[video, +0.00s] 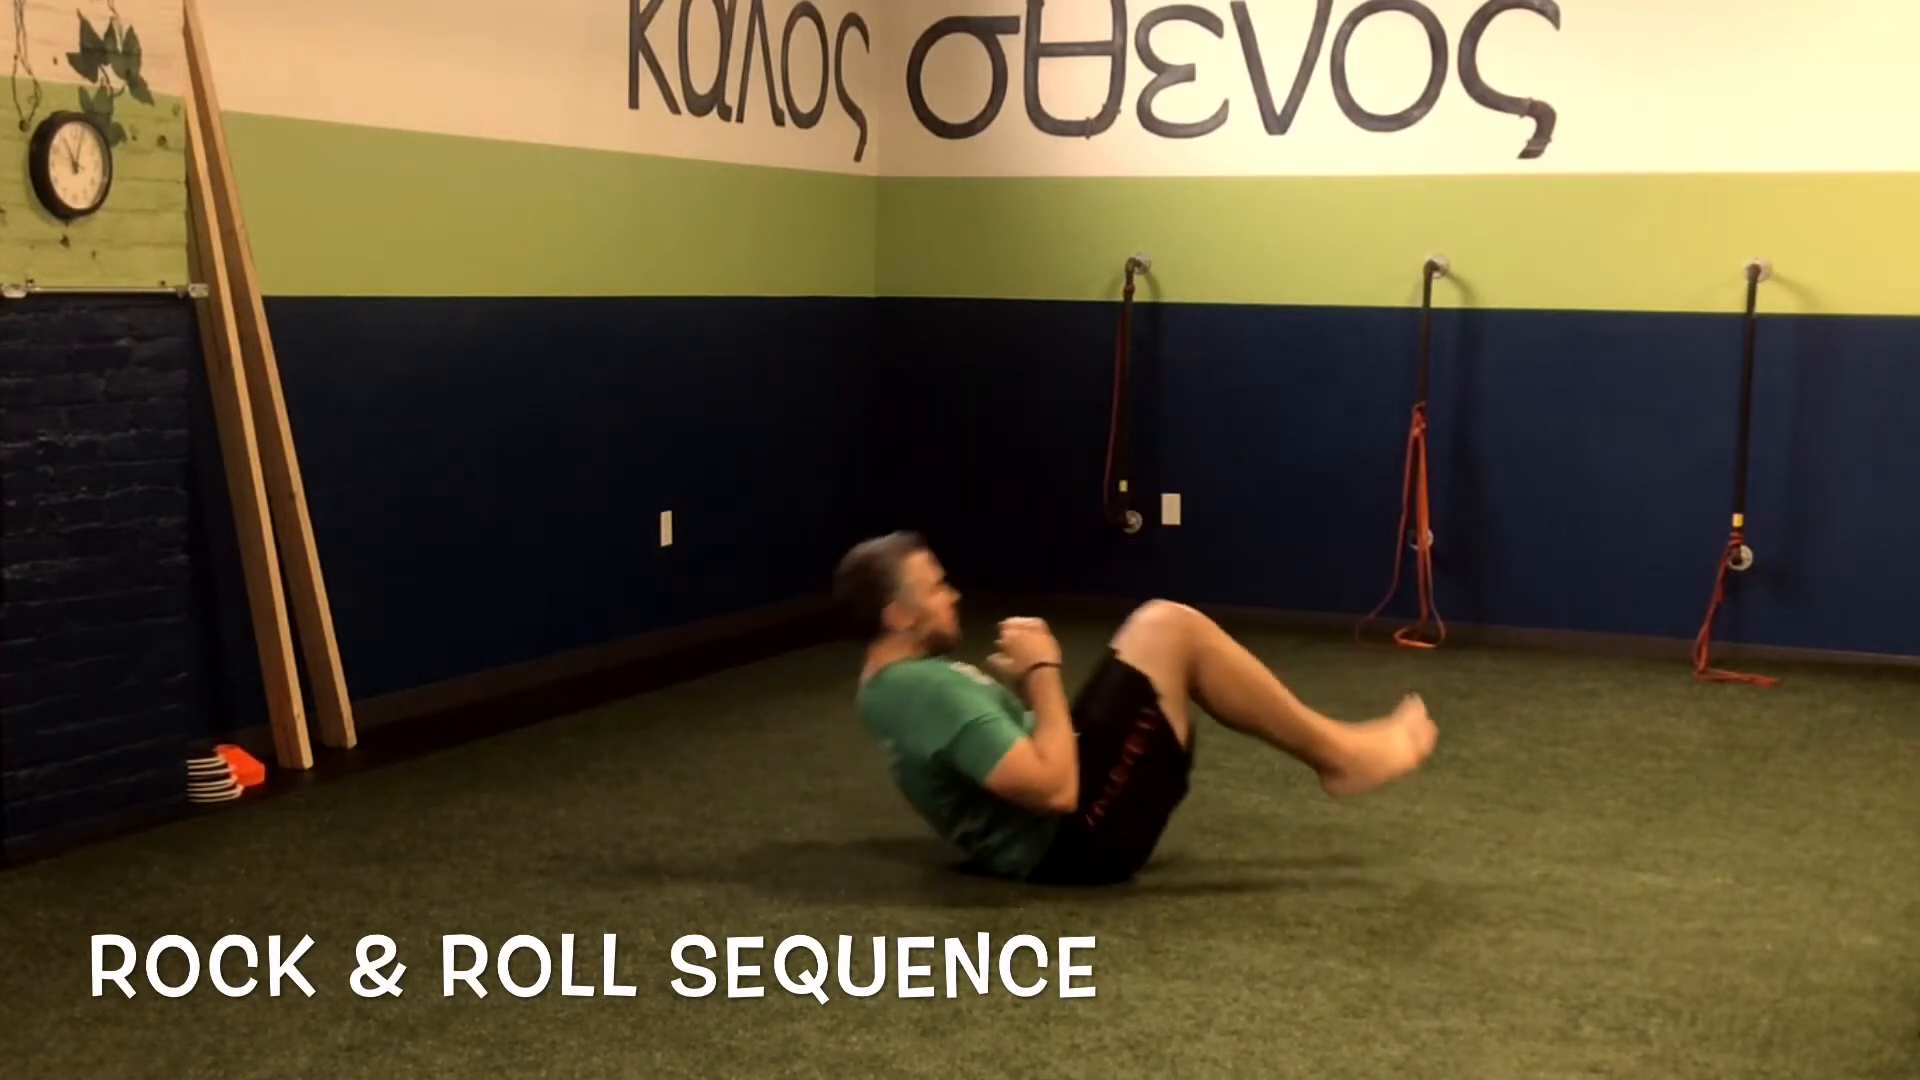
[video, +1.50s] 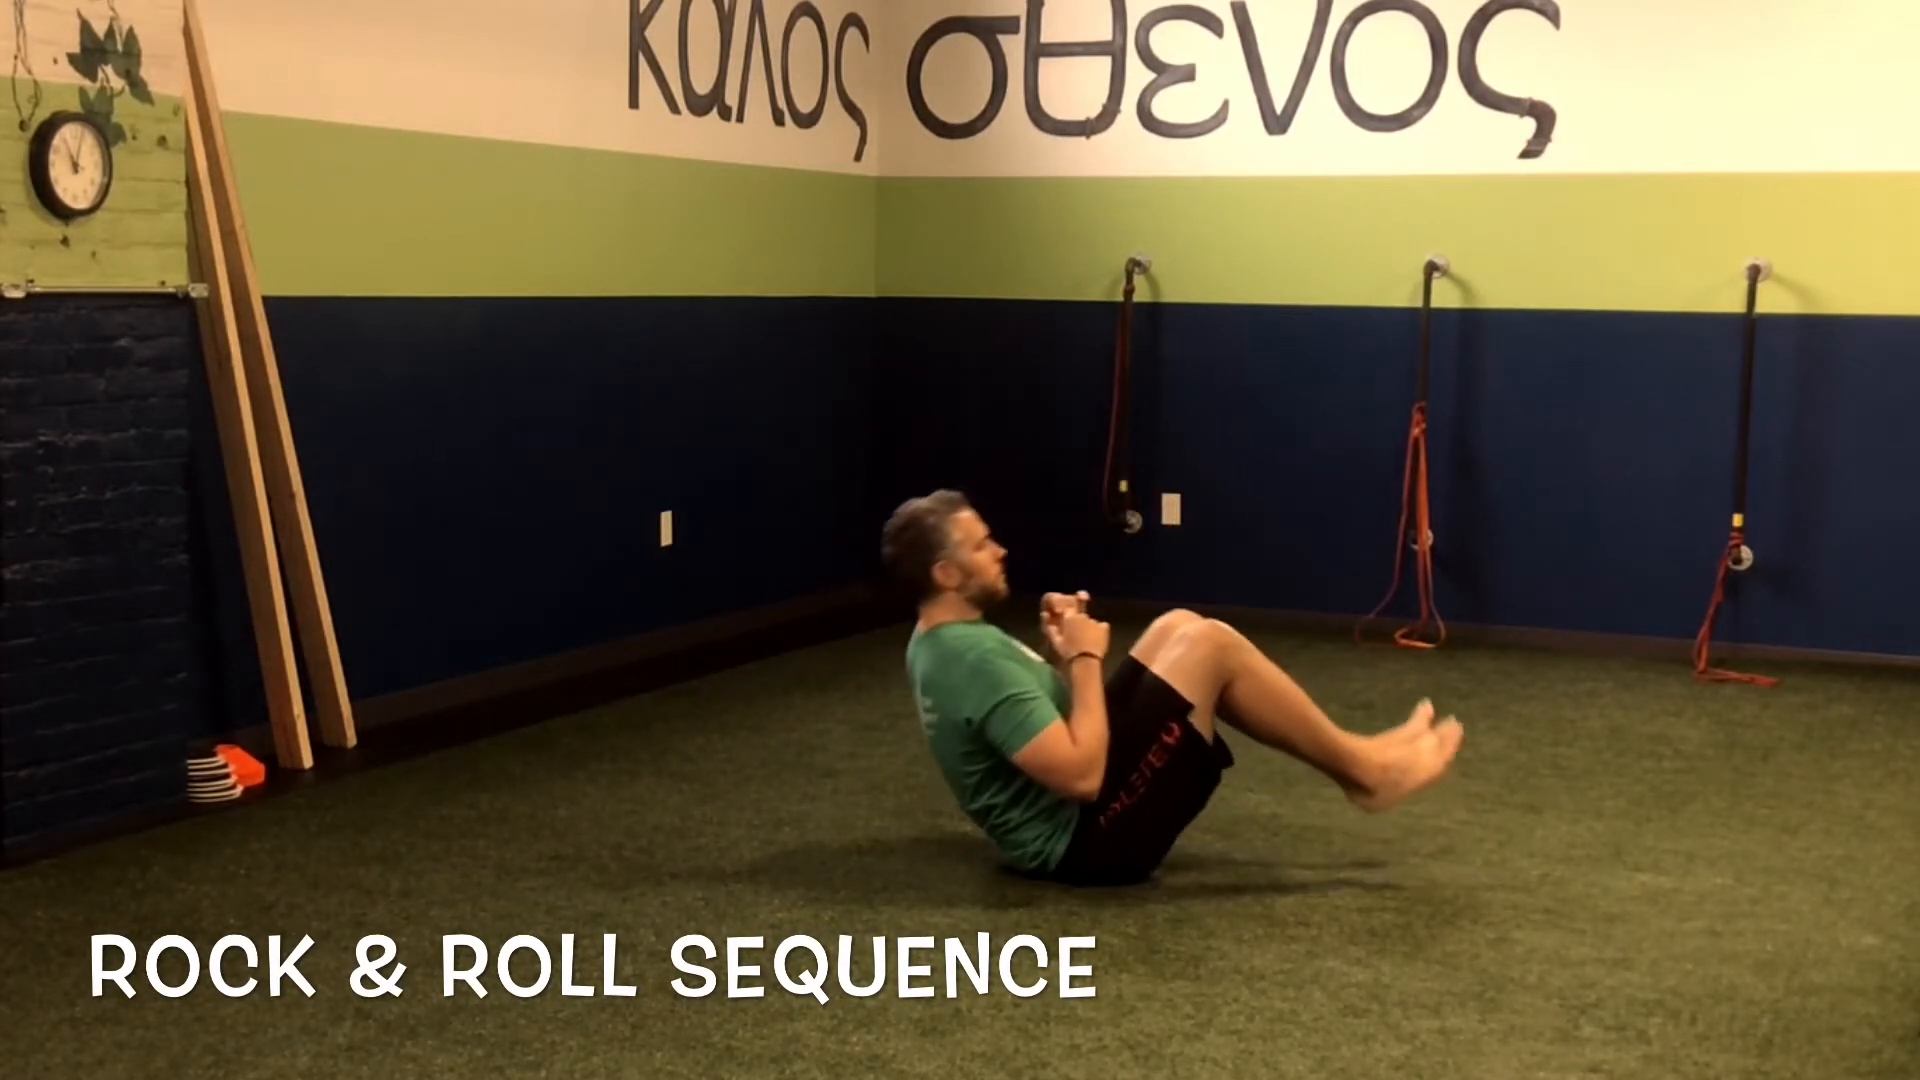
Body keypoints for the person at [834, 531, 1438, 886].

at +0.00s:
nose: (951, 591)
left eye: (940, 578)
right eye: (934, 584)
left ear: (894, 614)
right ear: (896, 615)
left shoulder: (899, 676)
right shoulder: (926, 692)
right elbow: (1056, 785)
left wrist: (1004, 682)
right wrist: (1044, 673)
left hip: (1050, 829)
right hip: (1077, 846)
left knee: (1159, 622)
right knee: (1169, 624)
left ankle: (1333, 749)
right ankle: (1342, 753)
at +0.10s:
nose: (991, 573)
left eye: (982, 558)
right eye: (976, 563)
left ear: (931, 586)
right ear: (939, 584)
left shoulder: (917, 657)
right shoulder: (959, 668)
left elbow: (1011, 748)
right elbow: (1071, 780)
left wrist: (1039, 676)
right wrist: (1075, 667)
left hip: (1049, 831)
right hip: (1083, 844)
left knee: (1191, 641)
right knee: (1204, 642)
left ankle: (1350, 784)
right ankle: (1359, 787)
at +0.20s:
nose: (1033, 562)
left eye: (1026, 547)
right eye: (1020, 550)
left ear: (971, 564)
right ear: (978, 565)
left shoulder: (943, 639)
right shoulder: (987, 651)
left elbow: (1045, 750)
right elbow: (1083, 777)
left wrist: (1072, 672)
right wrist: (1102, 665)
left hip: (1048, 830)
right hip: (1080, 843)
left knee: (1209, 653)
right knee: (1228, 656)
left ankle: (1360, 811)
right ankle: (1373, 815)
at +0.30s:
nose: (1074, 555)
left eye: (1071, 541)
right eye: (1063, 544)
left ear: (1011, 554)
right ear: (1020, 554)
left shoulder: (973, 621)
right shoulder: (1018, 640)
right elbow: (1097, 775)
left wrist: (1105, 666)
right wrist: (1128, 671)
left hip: (1048, 826)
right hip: (1084, 843)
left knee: (1225, 659)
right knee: (1251, 668)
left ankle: (1367, 829)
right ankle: (1379, 836)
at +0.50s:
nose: (1148, 552)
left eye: (1147, 537)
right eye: (1141, 537)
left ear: (1085, 538)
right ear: (1094, 538)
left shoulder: (1037, 601)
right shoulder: (1077, 627)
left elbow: (1102, 729)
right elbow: (1135, 772)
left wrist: (1150, 661)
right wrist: (1180, 673)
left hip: (1070, 820)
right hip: (1104, 841)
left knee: (1238, 660)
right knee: (1279, 678)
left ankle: (1380, 834)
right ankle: (1394, 848)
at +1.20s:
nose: (1073, 537)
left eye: (1066, 523)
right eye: (1059, 525)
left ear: (1011, 545)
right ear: (1017, 544)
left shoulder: (989, 616)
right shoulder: (1024, 633)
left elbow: (1083, 715)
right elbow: (1114, 766)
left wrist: (1109, 652)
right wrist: (1137, 659)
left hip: (1069, 816)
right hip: (1096, 841)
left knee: (1223, 651)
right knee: (1260, 671)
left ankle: (1364, 813)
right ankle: (1377, 839)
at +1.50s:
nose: (999, 553)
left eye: (989, 538)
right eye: (981, 545)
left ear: (947, 570)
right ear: (945, 572)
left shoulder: (946, 637)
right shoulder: (975, 657)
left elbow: (1058, 727)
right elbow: (1082, 774)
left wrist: (1067, 650)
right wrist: (1086, 660)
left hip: (1059, 823)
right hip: (1086, 844)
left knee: (1179, 629)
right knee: (1199, 638)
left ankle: (1356, 764)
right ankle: (1368, 769)